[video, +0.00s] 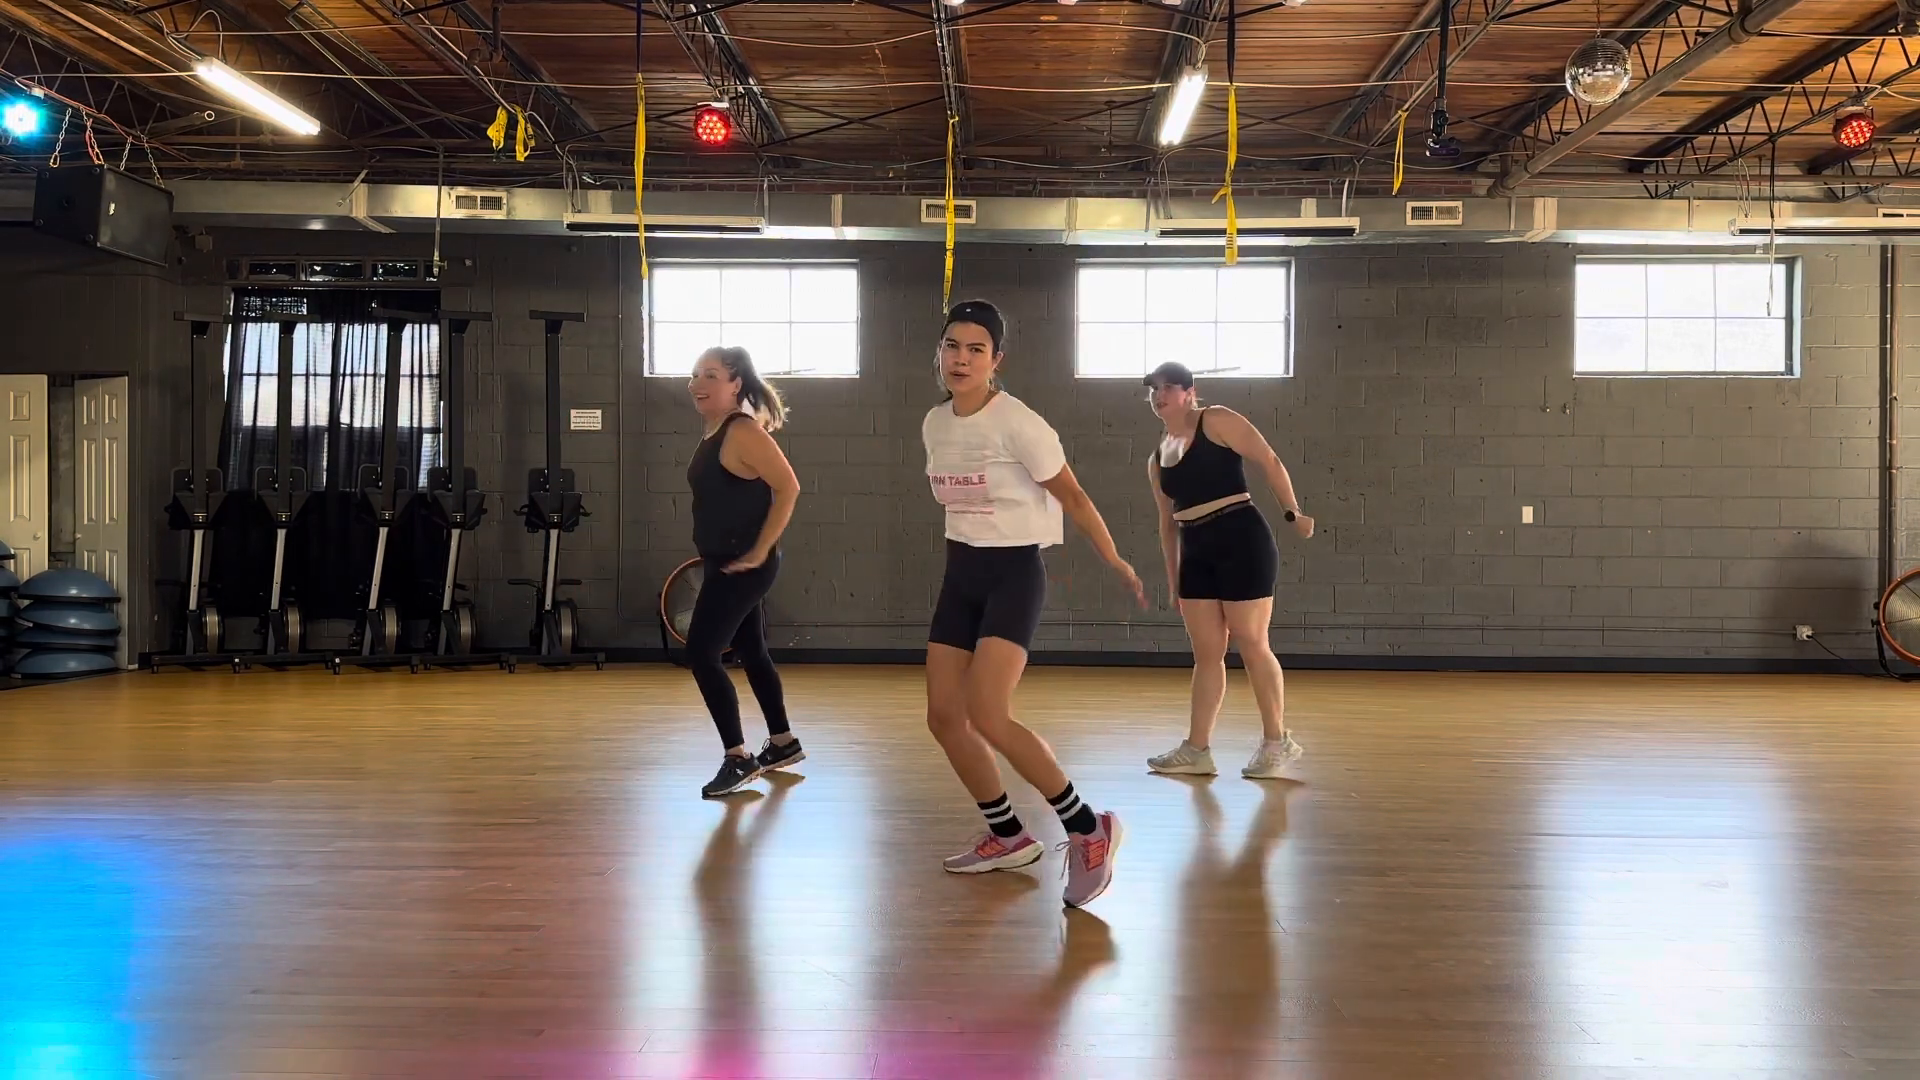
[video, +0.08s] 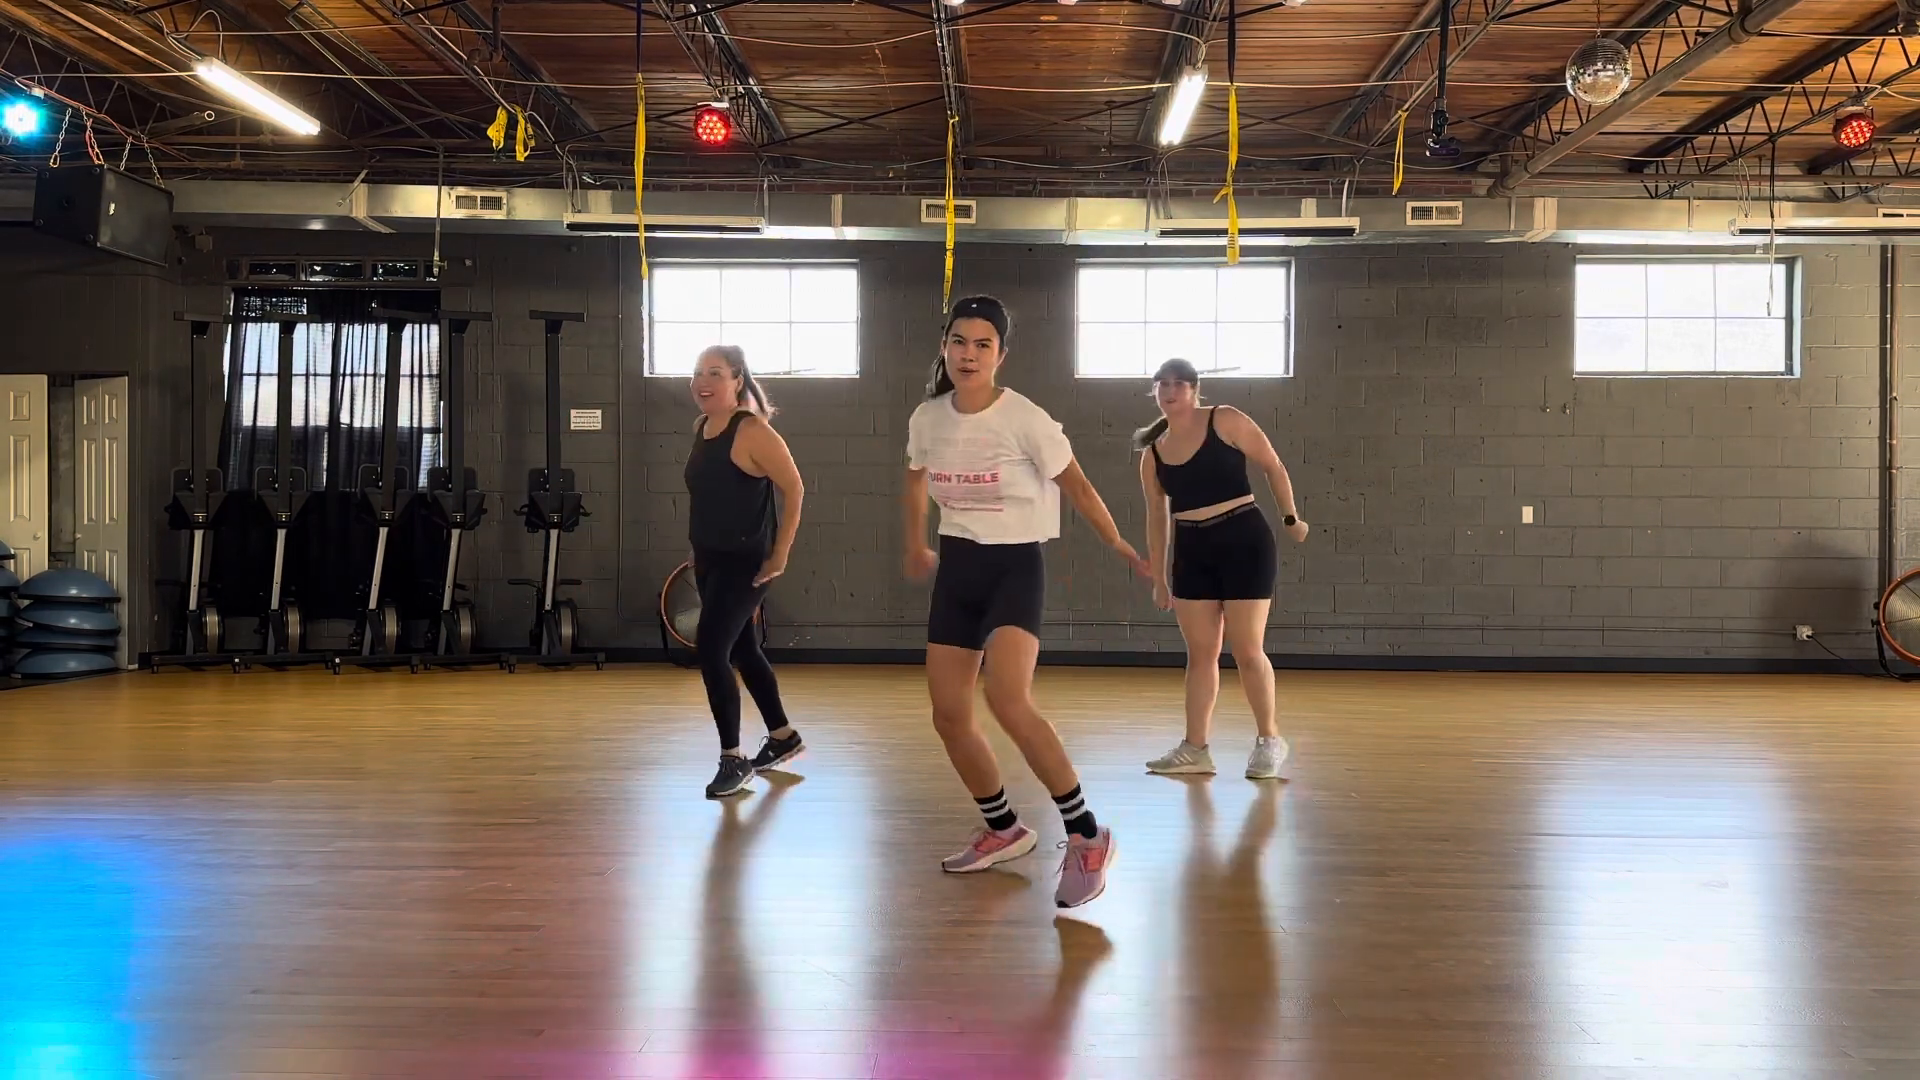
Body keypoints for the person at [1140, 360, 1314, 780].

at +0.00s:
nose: (1155, 397)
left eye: (1164, 389)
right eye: (1152, 390)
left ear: (1188, 392)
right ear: (1152, 398)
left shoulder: (1216, 421)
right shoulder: (1159, 458)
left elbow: (1270, 461)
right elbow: (1168, 523)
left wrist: (1293, 513)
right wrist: (1173, 578)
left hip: (1242, 539)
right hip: (1195, 550)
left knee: (1251, 642)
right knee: (1207, 651)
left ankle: (1276, 743)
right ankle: (1197, 749)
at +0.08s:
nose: (1170, 391)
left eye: (1178, 384)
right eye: (1163, 384)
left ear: (1194, 391)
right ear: (1154, 393)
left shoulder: (1226, 421)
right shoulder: (1152, 454)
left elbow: (1273, 466)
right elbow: (1156, 516)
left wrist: (1290, 517)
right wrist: (1159, 576)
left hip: (1244, 539)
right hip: (1190, 548)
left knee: (1247, 650)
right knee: (1200, 653)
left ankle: (1269, 740)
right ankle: (1196, 747)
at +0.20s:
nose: (1195, 385)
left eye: (1203, 379)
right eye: (1187, 379)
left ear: (1215, 387)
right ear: (1175, 387)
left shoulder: (1244, 422)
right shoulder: (1159, 444)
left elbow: (1275, 472)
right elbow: (1145, 512)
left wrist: (1285, 524)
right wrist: (1140, 569)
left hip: (1248, 542)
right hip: (1192, 546)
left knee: (1263, 647)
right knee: (1190, 649)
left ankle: (1277, 744)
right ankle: (1182, 745)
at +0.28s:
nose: (1214, 385)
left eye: (1222, 379)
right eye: (1206, 378)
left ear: (1234, 386)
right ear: (1194, 385)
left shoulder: (1261, 427)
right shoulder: (1174, 440)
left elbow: (1279, 484)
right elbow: (1148, 505)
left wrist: (1284, 536)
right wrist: (1138, 565)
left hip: (1254, 547)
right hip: (1196, 547)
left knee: (1275, 648)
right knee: (1186, 650)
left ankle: (1299, 752)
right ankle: (1168, 742)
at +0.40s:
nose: (1250, 394)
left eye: (1257, 387)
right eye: (1241, 387)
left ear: (1269, 396)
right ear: (1228, 395)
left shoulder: (1289, 446)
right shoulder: (1207, 448)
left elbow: (1290, 504)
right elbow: (1167, 505)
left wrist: (1287, 558)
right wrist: (1146, 566)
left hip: (1266, 561)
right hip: (1210, 558)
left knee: (1286, 661)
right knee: (1189, 660)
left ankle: (1312, 760)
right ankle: (1160, 738)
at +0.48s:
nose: (1272, 396)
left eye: (1279, 389)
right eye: (1263, 389)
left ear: (1290, 397)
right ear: (1249, 397)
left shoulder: (1306, 448)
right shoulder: (1228, 449)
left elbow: (1302, 508)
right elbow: (1182, 504)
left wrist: (1293, 559)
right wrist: (1162, 564)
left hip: (1275, 561)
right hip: (1221, 557)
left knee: (1297, 661)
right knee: (1197, 662)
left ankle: (1313, 763)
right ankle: (1161, 736)